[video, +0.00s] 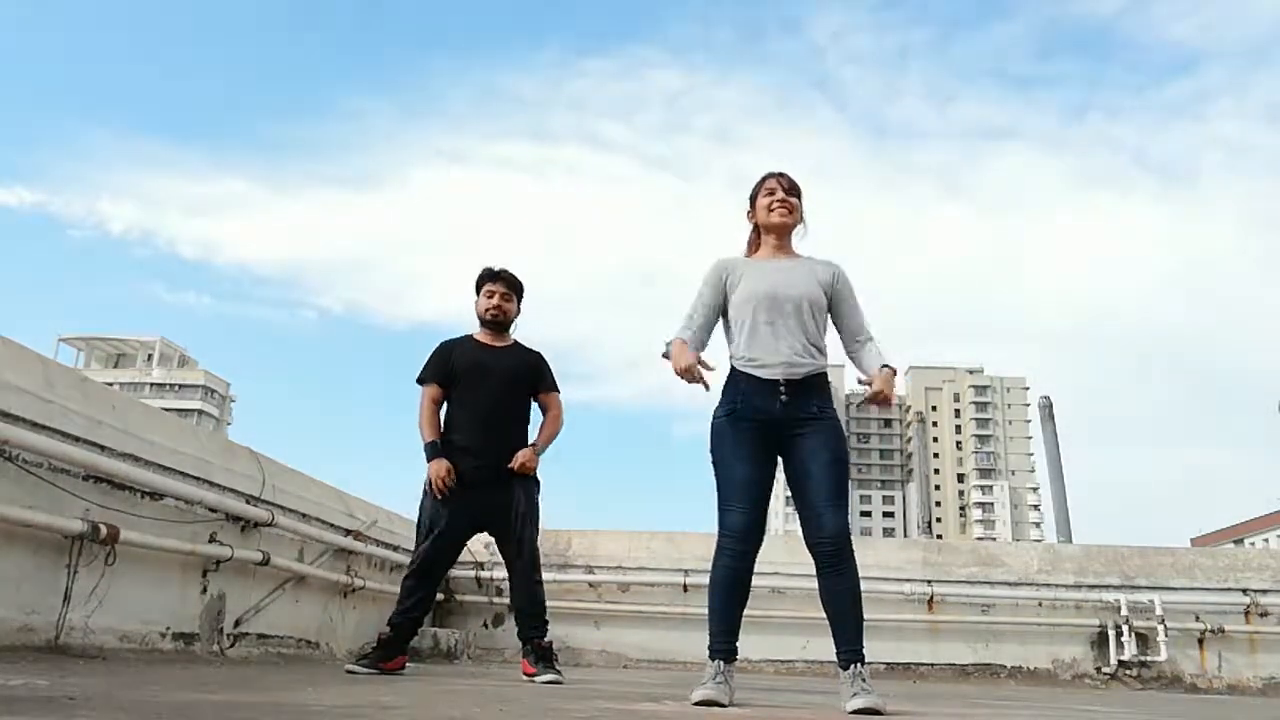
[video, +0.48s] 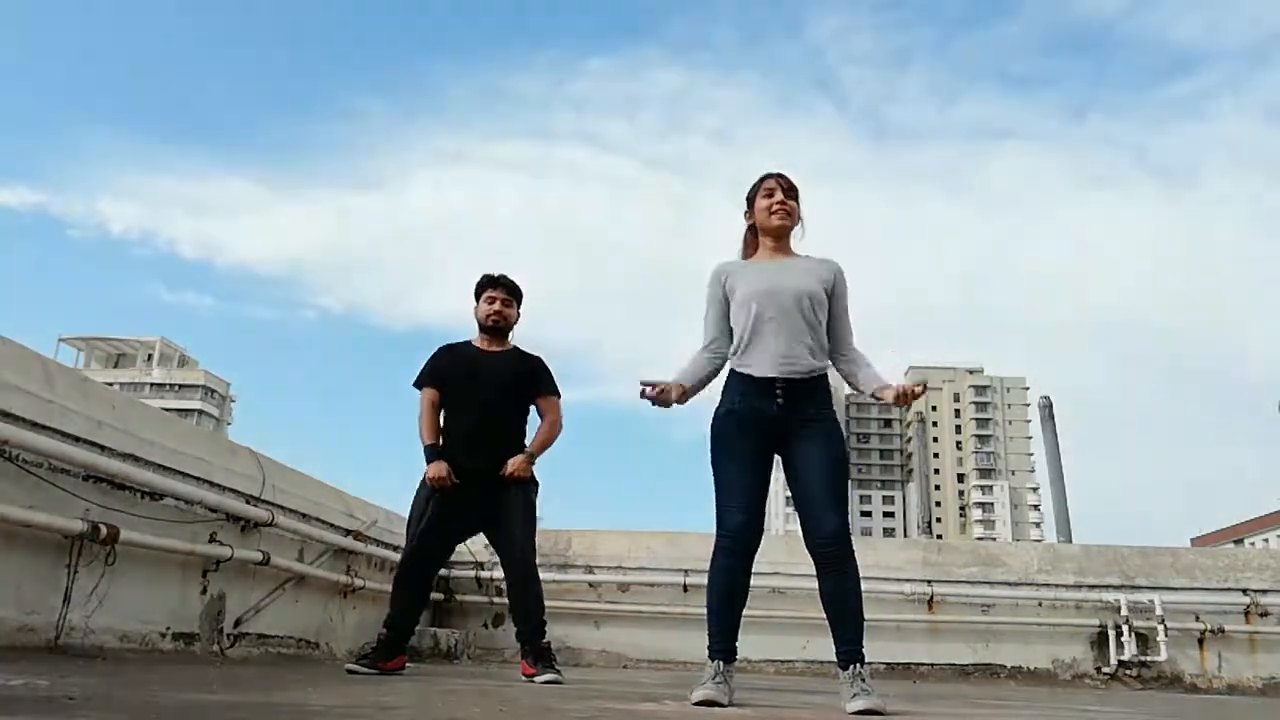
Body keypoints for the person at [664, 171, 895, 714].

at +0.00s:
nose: (781, 199)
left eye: (790, 194)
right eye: (770, 194)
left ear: (801, 214)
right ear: (752, 213)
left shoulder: (826, 272)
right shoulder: (728, 270)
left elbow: (859, 342)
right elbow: (689, 334)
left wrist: (881, 371)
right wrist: (680, 351)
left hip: (813, 409)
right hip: (743, 408)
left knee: (831, 537)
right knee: (738, 534)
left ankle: (855, 672)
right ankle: (719, 668)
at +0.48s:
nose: (780, 201)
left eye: (789, 195)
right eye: (769, 195)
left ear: (799, 213)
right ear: (750, 213)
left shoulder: (826, 272)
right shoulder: (727, 274)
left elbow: (845, 353)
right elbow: (714, 348)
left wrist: (885, 390)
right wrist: (679, 385)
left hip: (811, 411)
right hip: (743, 409)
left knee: (831, 537)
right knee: (737, 534)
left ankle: (855, 673)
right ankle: (719, 669)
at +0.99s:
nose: (775, 205)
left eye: (783, 202)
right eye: (764, 197)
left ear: (788, 222)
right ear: (740, 212)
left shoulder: (806, 270)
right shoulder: (712, 270)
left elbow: (827, 332)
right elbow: (704, 334)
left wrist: (813, 352)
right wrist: (762, 357)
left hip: (791, 413)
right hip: (727, 413)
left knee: (827, 532)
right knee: (726, 535)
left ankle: (852, 670)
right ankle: (705, 668)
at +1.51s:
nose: (789, 213)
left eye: (796, 209)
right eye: (779, 203)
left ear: (797, 226)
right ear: (750, 212)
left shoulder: (804, 285)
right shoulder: (723, 257)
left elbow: (810, 363)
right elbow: (694, 332)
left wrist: (869, 346)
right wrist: (709, 289)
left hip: (796, 409)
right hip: (737, 403)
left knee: (865, 497)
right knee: (733, 537)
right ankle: (708, 667)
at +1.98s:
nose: (841, 205)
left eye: (846, 202)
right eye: (829, 197)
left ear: (848, 221)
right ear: (797, 215)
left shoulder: (854, 291)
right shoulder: (786, 256)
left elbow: (906, 338)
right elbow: (745, 222)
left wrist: (908, 294)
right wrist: (817, 254)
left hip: (851, 402)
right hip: (793, 393)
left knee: (893, 535)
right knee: (768, 538)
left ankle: (916, 675)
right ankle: (709, 661)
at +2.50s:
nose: (843, 185)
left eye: (851, 178)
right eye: (830, 184)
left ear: (870, 194)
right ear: (821, 211)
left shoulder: (905, 234)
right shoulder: (822, 271)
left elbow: (952, 307)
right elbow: (800, 347)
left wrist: (1021, 267)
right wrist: (771, 324)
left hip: (893, 384)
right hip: (826, 384)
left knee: (899, 538)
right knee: (770, 478)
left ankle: (916, 681)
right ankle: (823, 510)